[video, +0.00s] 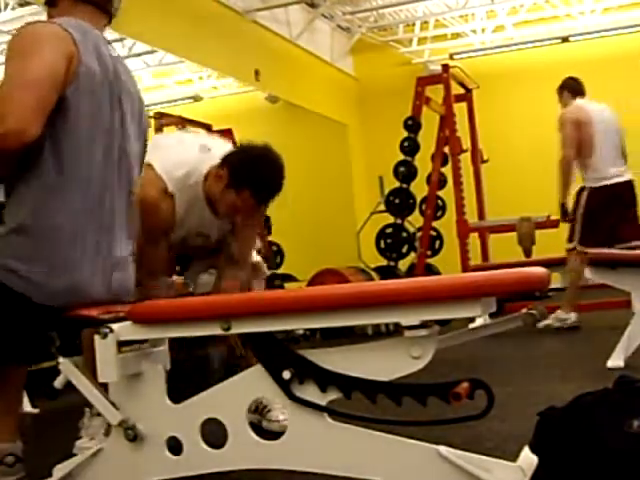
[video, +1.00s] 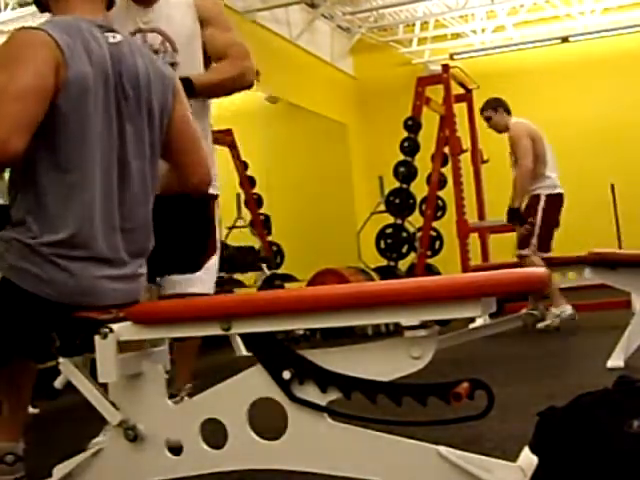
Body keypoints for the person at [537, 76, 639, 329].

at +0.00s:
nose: (560, 104)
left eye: (560, 99)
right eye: (560, 99)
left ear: (566, 95)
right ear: (582, 93)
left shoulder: (570, 114)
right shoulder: (606, 110)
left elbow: (568, 156)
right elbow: (622, 150)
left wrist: (563, 199)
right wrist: (617, 176)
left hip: (596, 191)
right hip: (624, 186)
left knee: (577, 252)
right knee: (631, 250)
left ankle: (568, 310)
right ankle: (636, 302)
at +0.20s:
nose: (527, 107)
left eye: (526, 103)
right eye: (526, 103)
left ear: (530, 99)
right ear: (549, 93)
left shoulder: (537, 118)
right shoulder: (578, 107)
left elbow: (533, 165)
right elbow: (599, 142)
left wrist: (527, 208)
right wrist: (597, 169)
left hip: (577, 183)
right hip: (604, 178)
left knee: (570, 251)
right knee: (603, 246)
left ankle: (567, 310)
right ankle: (630, 296)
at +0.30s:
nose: (517, 110)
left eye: (516, 106)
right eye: (516, 106)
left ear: (520, 101)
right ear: (537, 95)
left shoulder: (526, 122)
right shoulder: (565, 107)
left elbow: (522, 167)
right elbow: (588, 141)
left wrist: (518, 204)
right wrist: (584, 167)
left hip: (570, 182)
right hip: (595, 176)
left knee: (568, 251)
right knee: (586, 227)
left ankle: (567, 310)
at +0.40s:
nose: (511, 110)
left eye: (510, 106)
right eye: (510, 106)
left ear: (516, 101)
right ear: (530, 96)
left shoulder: (521, 122)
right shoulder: (559, 107)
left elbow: (520, 167)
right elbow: (573, 141)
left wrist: (519, 206)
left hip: (565, 182)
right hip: (589, 175)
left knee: (564, 249)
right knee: (571, 222)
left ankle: (567, 310)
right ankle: (614, 225)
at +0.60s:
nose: (498, 114)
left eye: (497, 109)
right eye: (496, 109)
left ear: (504, 103)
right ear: (515, 99)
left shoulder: (516, 122)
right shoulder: (541, 110)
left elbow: (520, 166)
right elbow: (559, 146)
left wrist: (523, 204)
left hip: (558, 181)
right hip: (573, 176)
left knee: (557, 249)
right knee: (552, 228)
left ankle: (566, 310)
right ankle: (607, 237)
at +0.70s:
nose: (492, 117)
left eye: (491, 111)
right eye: (490, 112)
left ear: (501, 103)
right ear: (505, 102)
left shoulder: (516, 121)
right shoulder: (532, 113)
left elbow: (522, 164)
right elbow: (547, 158)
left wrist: (522, 203)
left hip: (553, 183)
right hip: (562, 179)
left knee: (554, 250)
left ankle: (566, 309)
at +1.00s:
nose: (489, 126)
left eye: (488, 119)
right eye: (486, 121)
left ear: (500, 112)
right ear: (499, 114)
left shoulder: (518, 128)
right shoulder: (516, 131)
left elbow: (526, 167)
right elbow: (522, 171)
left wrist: (516, 204)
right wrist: (516, 203)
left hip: (545, 193)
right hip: (538, 194)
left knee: (529, 254)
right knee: (525, 254)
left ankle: (559, 304)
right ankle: (536, 306)